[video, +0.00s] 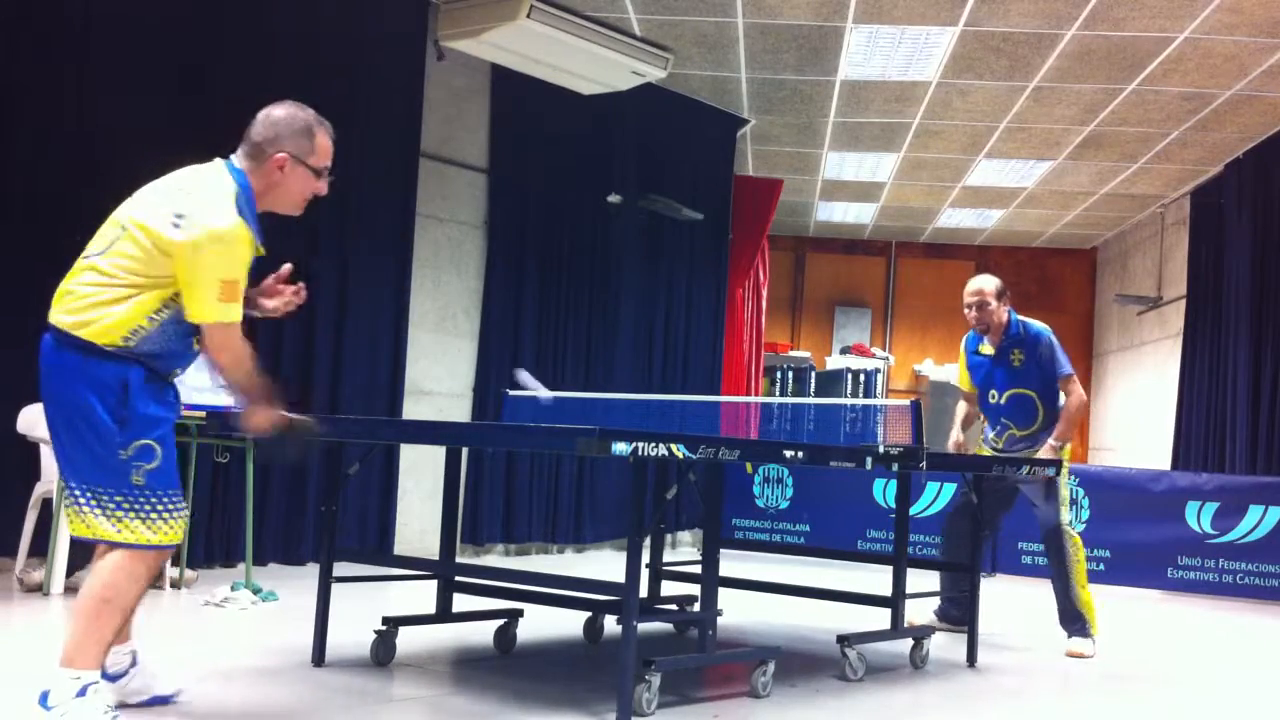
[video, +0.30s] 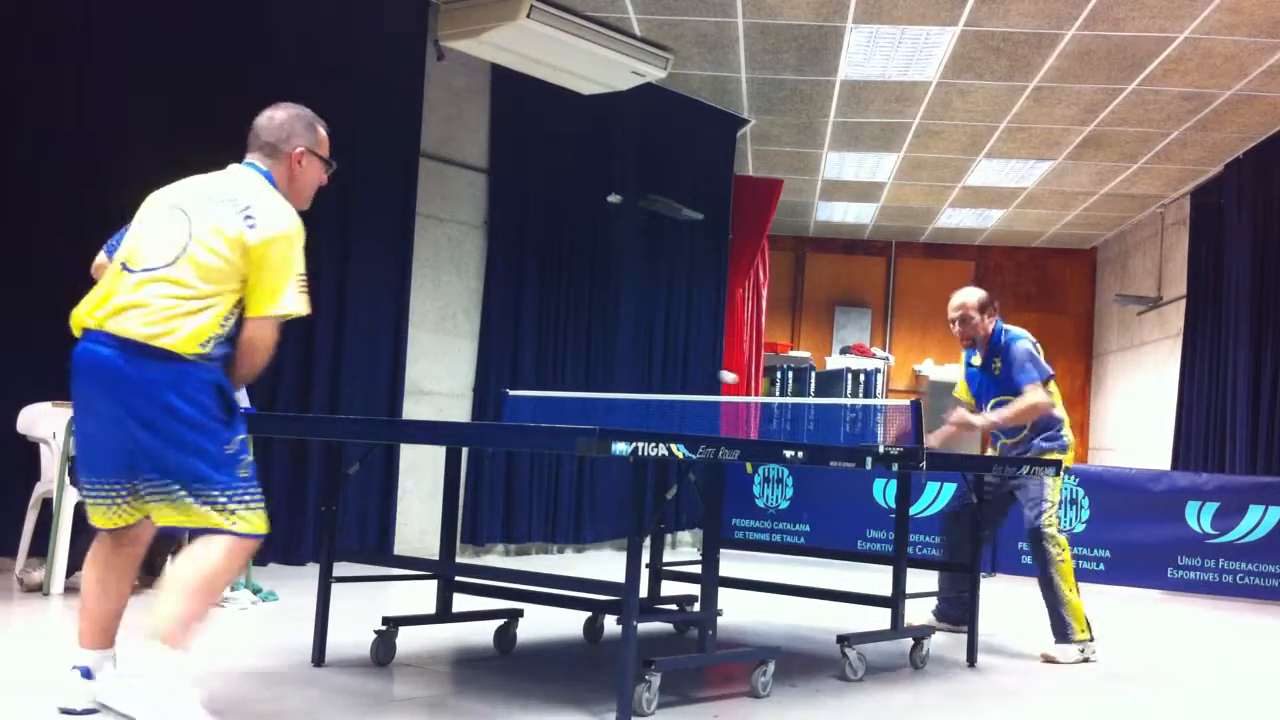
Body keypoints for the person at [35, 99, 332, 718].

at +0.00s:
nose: (323, 188)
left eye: (326, 174)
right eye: (319, 172)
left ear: (270, 160)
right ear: (278, 162)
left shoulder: (212, 187)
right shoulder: (219, 220)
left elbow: (170, 288)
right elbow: (222, 344)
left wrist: (247, 302)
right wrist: (260, 400)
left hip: (116, 358)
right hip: (102, 360)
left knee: (143, 525)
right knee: (146, 533)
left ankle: (113, 666)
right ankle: (67, 688)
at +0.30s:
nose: (323, 179)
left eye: (326, 167)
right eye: (322, 164)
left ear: (261, 152)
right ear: (294, 157)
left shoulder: (180, 189)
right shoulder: (276, 219)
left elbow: (105, 264)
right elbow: (258, 342)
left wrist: (157, 317)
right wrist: (228, 387)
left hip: (96, 354)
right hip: (173, 368)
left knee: (126, 522)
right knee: (241, 525)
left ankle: (90, 673)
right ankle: (158, 661)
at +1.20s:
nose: (338, 208)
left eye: (340, 193)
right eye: (334, 192)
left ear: (288, 187)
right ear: (302, 189)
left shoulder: (211, 227)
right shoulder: (250, 260)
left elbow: (143, 313)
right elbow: (220, 378)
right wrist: (334, 390)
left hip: (135, 417)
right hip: (192, 424)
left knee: (191, 543)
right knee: (312, 547)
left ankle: (80, 671)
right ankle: (254, 703)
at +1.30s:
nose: (325, 201)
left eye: (326, 188)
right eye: (321, 187)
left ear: (273, 183)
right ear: (288, 186)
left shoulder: (195, 223)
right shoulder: (258, 275)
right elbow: (341, 357)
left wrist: (373, 342)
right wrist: (445, 353)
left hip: (128, 416)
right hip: (183, 423)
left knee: (188, 544)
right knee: (308, 545)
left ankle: (78, 672)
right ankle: (255, 703)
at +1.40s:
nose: (317, 182)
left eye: (318, 169)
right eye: (313, 168)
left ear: (252, 162)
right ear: (284, 169)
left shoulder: (177, 210)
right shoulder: (274, 250)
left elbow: (142, 304)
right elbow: (377, 302)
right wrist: (475, 289)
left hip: (111, 404)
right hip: (183, 416)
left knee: (161, 526)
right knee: (300, 545)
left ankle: (73, 670)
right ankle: (254, 703)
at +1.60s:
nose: (271, 145)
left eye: (271, 132)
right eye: (268, 132)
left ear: (197, 132)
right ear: (248, 133)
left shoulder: (131, 192)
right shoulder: (243, 214)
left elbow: (83, 287)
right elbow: (323, 296)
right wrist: (397, 265)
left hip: (91, 386)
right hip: (170, 395)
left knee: (99, 529)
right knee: (261, 539)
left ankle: (7, 669)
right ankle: (250, 703)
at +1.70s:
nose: (250, 136)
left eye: (249, 124)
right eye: (247, 124)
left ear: (176, 125)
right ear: (227, 127)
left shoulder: (117, 182)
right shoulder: (210, 200)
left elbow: (77, 285)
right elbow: (262, 301)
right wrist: (343, 292)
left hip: (66, 373)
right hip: (139, 378)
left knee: (83, 529)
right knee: (222, 529)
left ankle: (4, 669)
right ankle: (238, 700)